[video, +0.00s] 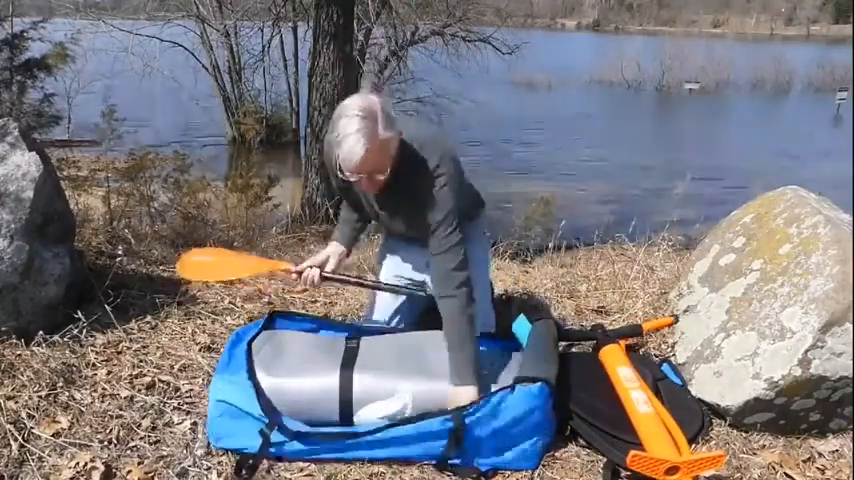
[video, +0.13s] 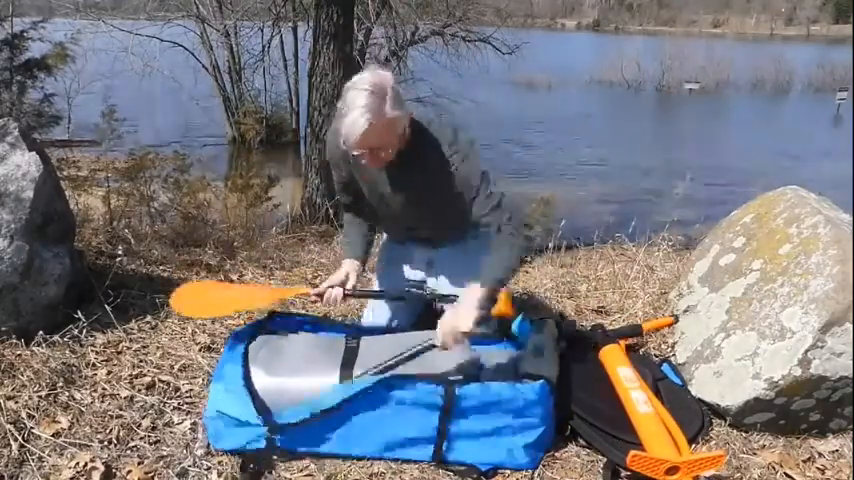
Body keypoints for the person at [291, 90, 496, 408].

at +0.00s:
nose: (368, 186)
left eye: (378, 173)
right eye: (356, 177)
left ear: (395, 145)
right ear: (341, 161)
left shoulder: (435, 164)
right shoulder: (342, 159)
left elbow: (452, 280)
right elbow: (355, 200)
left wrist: (463, 385)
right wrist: (338, 245)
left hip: (459, 238)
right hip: (403, 241)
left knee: (477, 337)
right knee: (379, 334)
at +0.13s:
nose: (369, 161)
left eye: (379, 150)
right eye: (359, 151)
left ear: (404, 127)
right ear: (347, 135)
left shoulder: (446, 144)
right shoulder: (340, 144)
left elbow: (508, 225)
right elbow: (355, 208)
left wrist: (474, 299)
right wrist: (350, 265)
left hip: (464, 250)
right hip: (400, 251)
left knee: (470, 355)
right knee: (374, 342)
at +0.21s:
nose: (361, 129)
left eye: (371, 118)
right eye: (353, 118)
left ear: (404, 96)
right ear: (344, 104)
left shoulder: (455, 122)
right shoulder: (343, 134)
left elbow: (537, 173)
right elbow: (357, 208)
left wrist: (565, 239)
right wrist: (360, 270)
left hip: (461, 245)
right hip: (398, 247)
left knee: (471, 351)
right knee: (378, 347)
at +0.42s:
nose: (392, 91)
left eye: (404, 81)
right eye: (385, 78)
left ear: (439, 60)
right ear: (376, 63)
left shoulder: (482, 97)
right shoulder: (365, 97)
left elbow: (526, 184)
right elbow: (351, 182)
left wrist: (515, 257)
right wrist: (361, 248)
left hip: (470, 243)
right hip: (399, 246)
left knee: (476, 350)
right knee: (374, 349)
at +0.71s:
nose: (413, 87)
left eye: (425, 76)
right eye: (404, 75)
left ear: (447, 53)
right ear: (393, 61)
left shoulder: (490, 93)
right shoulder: (370, 97)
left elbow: (519, 164)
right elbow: (360, 186)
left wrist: (536, 232)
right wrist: (353, 247)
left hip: (469, 235)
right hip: (401, 237)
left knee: (478, 339)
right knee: (377, 338)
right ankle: (420, 303)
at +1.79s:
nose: (437, 104)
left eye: (449, 93)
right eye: (425, 92)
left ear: (465, 66)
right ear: (404, 59)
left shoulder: (495, 102)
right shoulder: (377, 95)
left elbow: (518, 182)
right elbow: (334, 186)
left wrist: (536, 234)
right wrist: (375, 247)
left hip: (471, 240)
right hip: (403, 239)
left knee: (478, 352)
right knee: (375, 350)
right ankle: (419, 307)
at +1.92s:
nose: (407, 97)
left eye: (420, 87)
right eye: (399, 84)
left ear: (451, 75)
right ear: (390, 66)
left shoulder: (492, 102)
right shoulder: (375, 99)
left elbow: (509, 201)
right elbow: (336, 197)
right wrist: (364, 271)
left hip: (470, 243)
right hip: (401, 243)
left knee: (473, 357)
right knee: (381, 353)